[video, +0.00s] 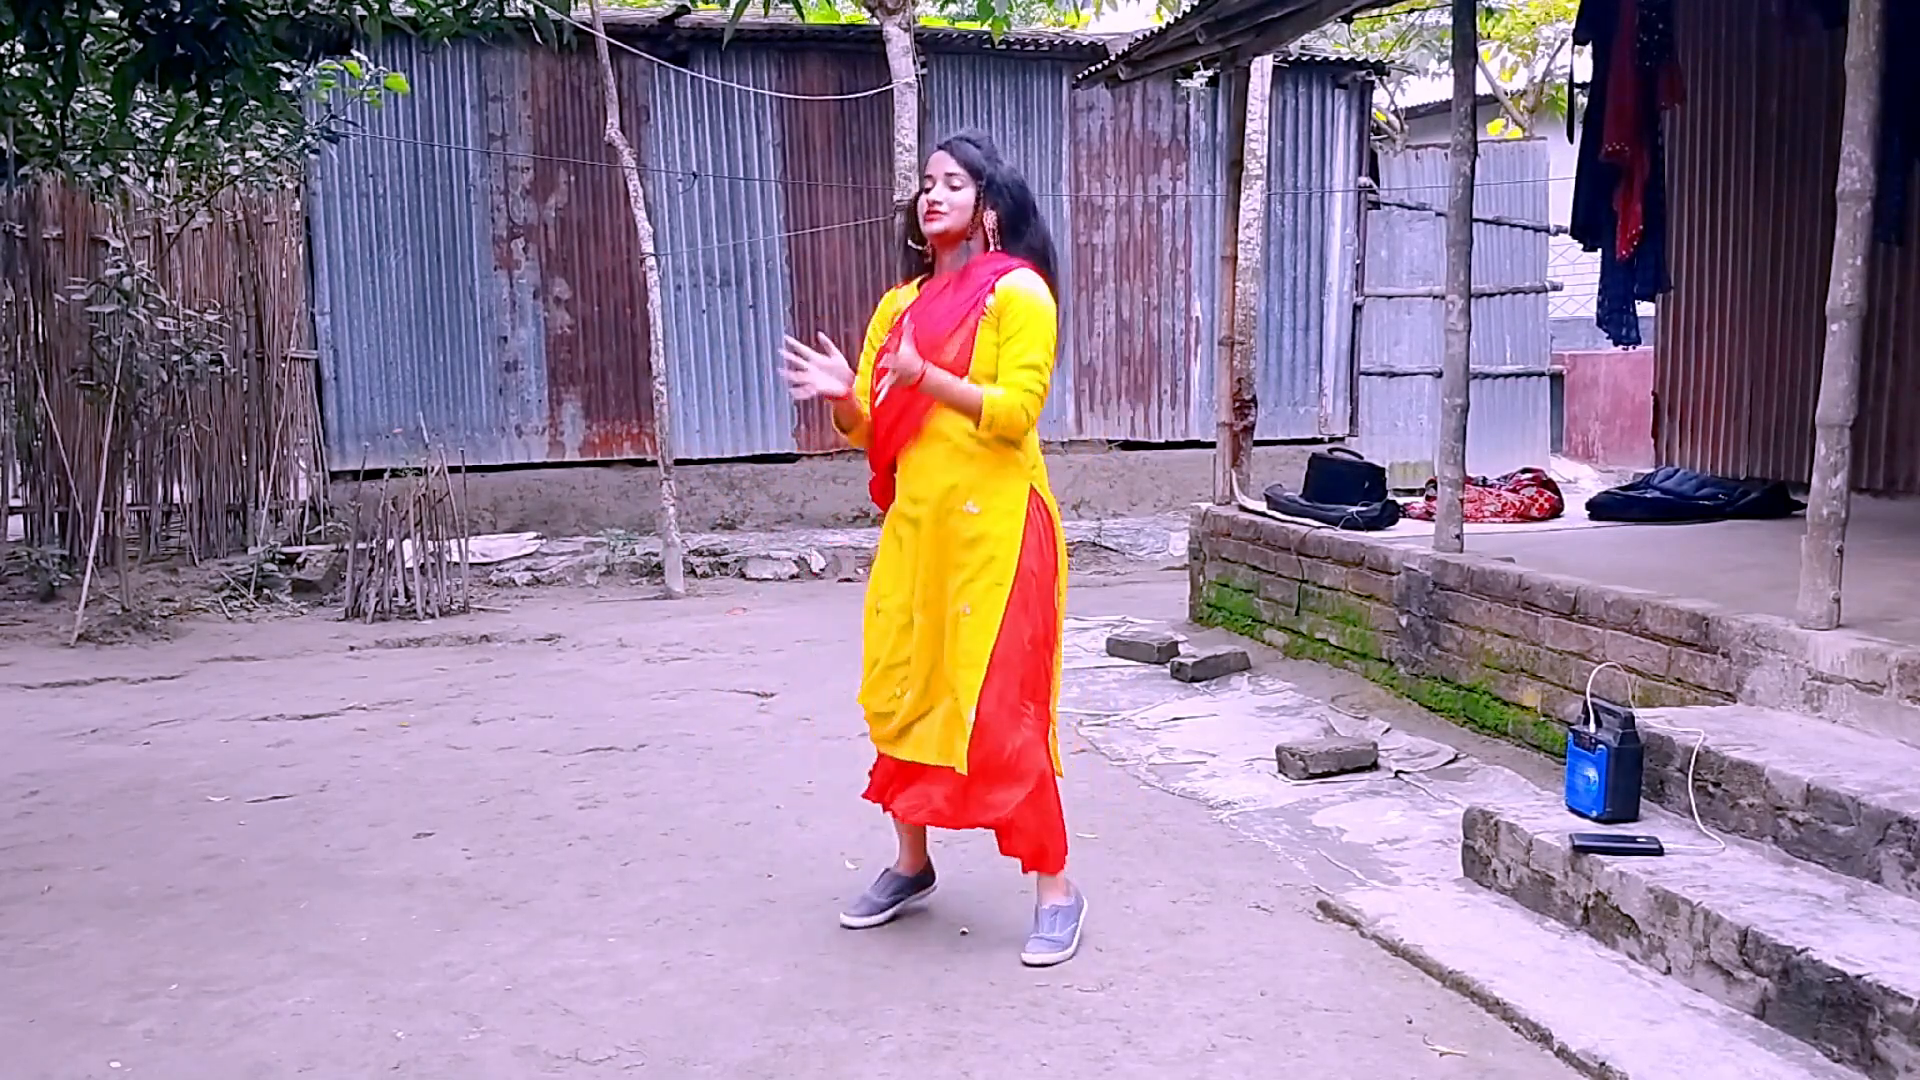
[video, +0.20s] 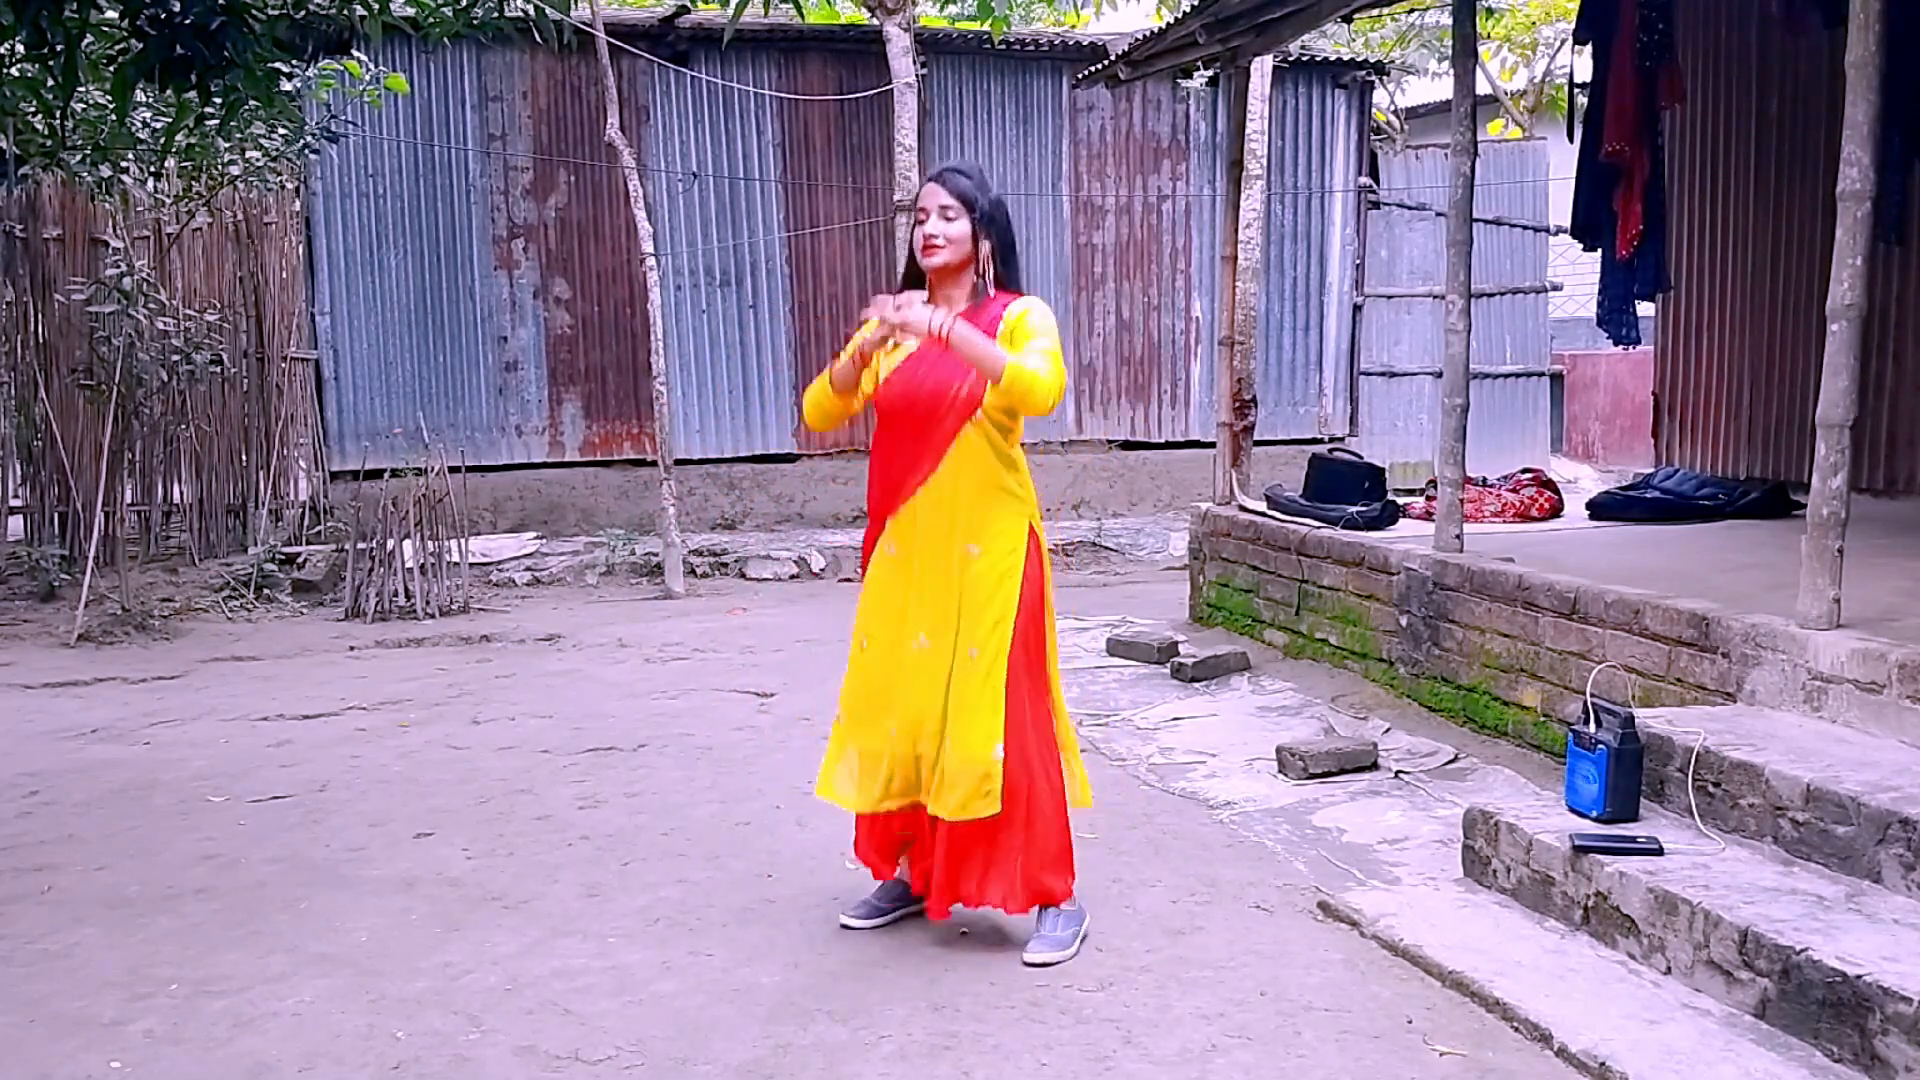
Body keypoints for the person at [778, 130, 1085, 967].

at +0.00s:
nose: (932, 195)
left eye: (950, 183)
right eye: (926, 185)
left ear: (989, 201)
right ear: (918, 206)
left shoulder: (1020, 292)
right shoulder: (896, 305)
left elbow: (1016, 413)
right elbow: (870, 432)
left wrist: (925, 375)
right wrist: (844, 395)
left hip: (1001, 520)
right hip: (914, 520)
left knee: (1000, 700)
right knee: (897, 687)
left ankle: (1052, 889)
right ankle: (913, 863)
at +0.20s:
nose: (929, 227)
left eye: (947, 215)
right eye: (920, 216)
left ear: (984, 230)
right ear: (912, 232)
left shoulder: (1020, 314)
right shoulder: (893, 323)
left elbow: (1041, 391)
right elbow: (818, 414)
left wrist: (940, 324)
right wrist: (864, 349)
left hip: (991, 544)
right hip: (905, 545)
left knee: (1013, 716)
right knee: (902, 702)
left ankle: (1057, 898)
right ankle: (913, 875)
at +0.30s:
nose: (920, 173)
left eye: (940, 157)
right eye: (911, 160)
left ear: (981, 175)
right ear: (901, 179)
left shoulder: (1008, 259)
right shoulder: (886, 264)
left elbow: (1062, 262)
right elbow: (804, 282)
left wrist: (975, 201)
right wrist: (869, 221)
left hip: (978, 482)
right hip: (888, 481)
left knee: (997, 671)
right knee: (867, 659)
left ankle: (1047, 867)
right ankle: (886, 839)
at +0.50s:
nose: (917, 251)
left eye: (933, 233)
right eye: (904, 238)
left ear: (966, 244)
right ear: (892, 253)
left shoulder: (988, 334)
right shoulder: (879, 332)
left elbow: (1028, 315)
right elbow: (847, 299)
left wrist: (1004, 249)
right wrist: (871, 240)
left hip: (977, 531)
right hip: (889, 534)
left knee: (985, 711)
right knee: (842, 698)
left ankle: (1049, 897)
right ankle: (857, 868)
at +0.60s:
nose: (914, 315)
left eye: (927, 300)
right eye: (902, 302)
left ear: (959, 300)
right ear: (891, 310)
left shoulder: (982, 391)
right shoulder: (869, 381)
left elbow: (1005, 382)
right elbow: (843, 374)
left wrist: (999, 349)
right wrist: (897, 333)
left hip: (977, 570)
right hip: (892, 576)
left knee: (994, 738)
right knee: (842, 726)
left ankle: (1050, 899)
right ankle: (851, 874)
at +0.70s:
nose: (912, 332)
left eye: (927, 317)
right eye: (899, 318)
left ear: (956, 325)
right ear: (886, 324)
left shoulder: (978, 406)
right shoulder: (852, 384)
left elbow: (1001, 429)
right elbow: (844, 392)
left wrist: (969, 414)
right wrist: (877, 406)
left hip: (973, 588)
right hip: (882, 596)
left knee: (1000, 745)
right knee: (847, 746)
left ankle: (1030, 913)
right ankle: (845, 903)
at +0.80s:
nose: (909, 302)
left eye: (923, 285)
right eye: (896, 290)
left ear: (954, 286)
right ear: (883, 297)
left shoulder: (994, 379)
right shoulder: (860, 364)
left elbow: (989, 446)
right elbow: (792, 414)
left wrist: (919, 476)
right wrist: (815, 460)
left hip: (951, 586)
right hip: (855, 585)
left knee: (1003, 735)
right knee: (844, 730)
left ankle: (1048, 902)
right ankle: (841, 885)